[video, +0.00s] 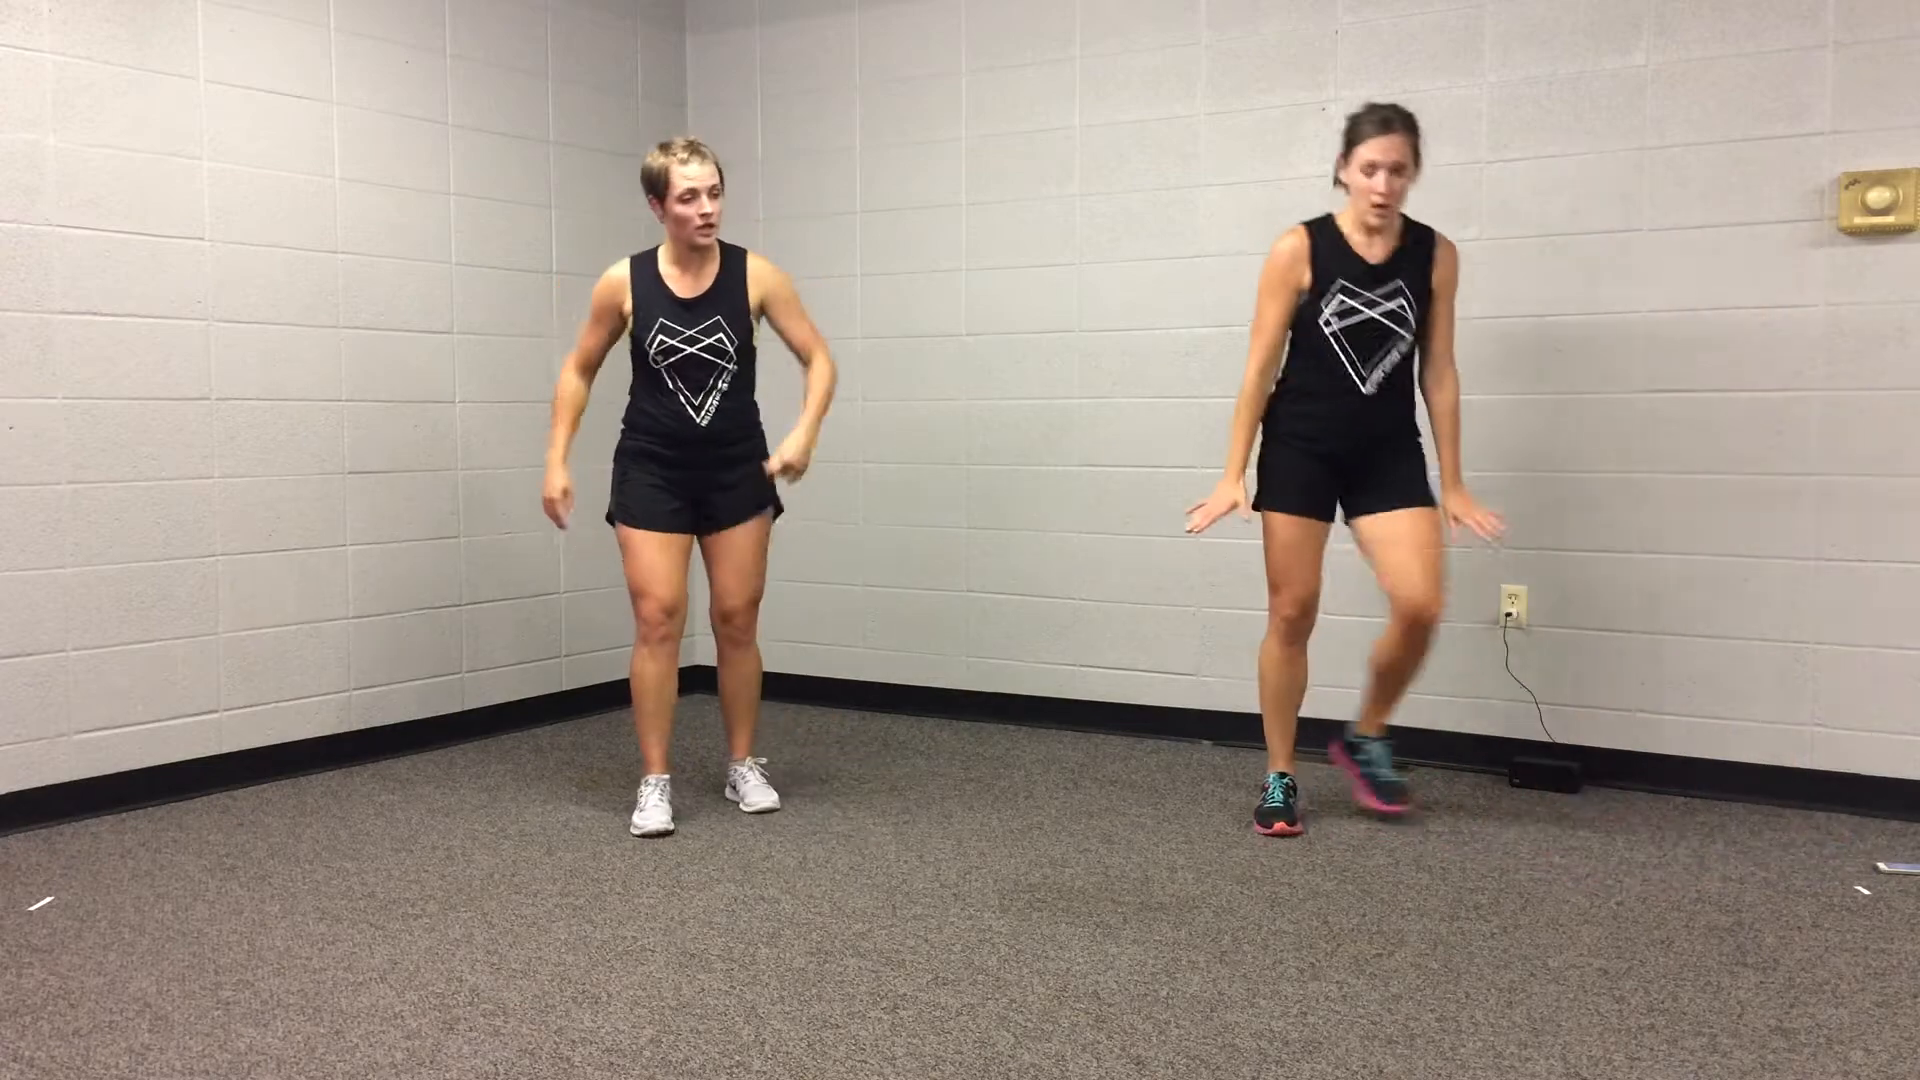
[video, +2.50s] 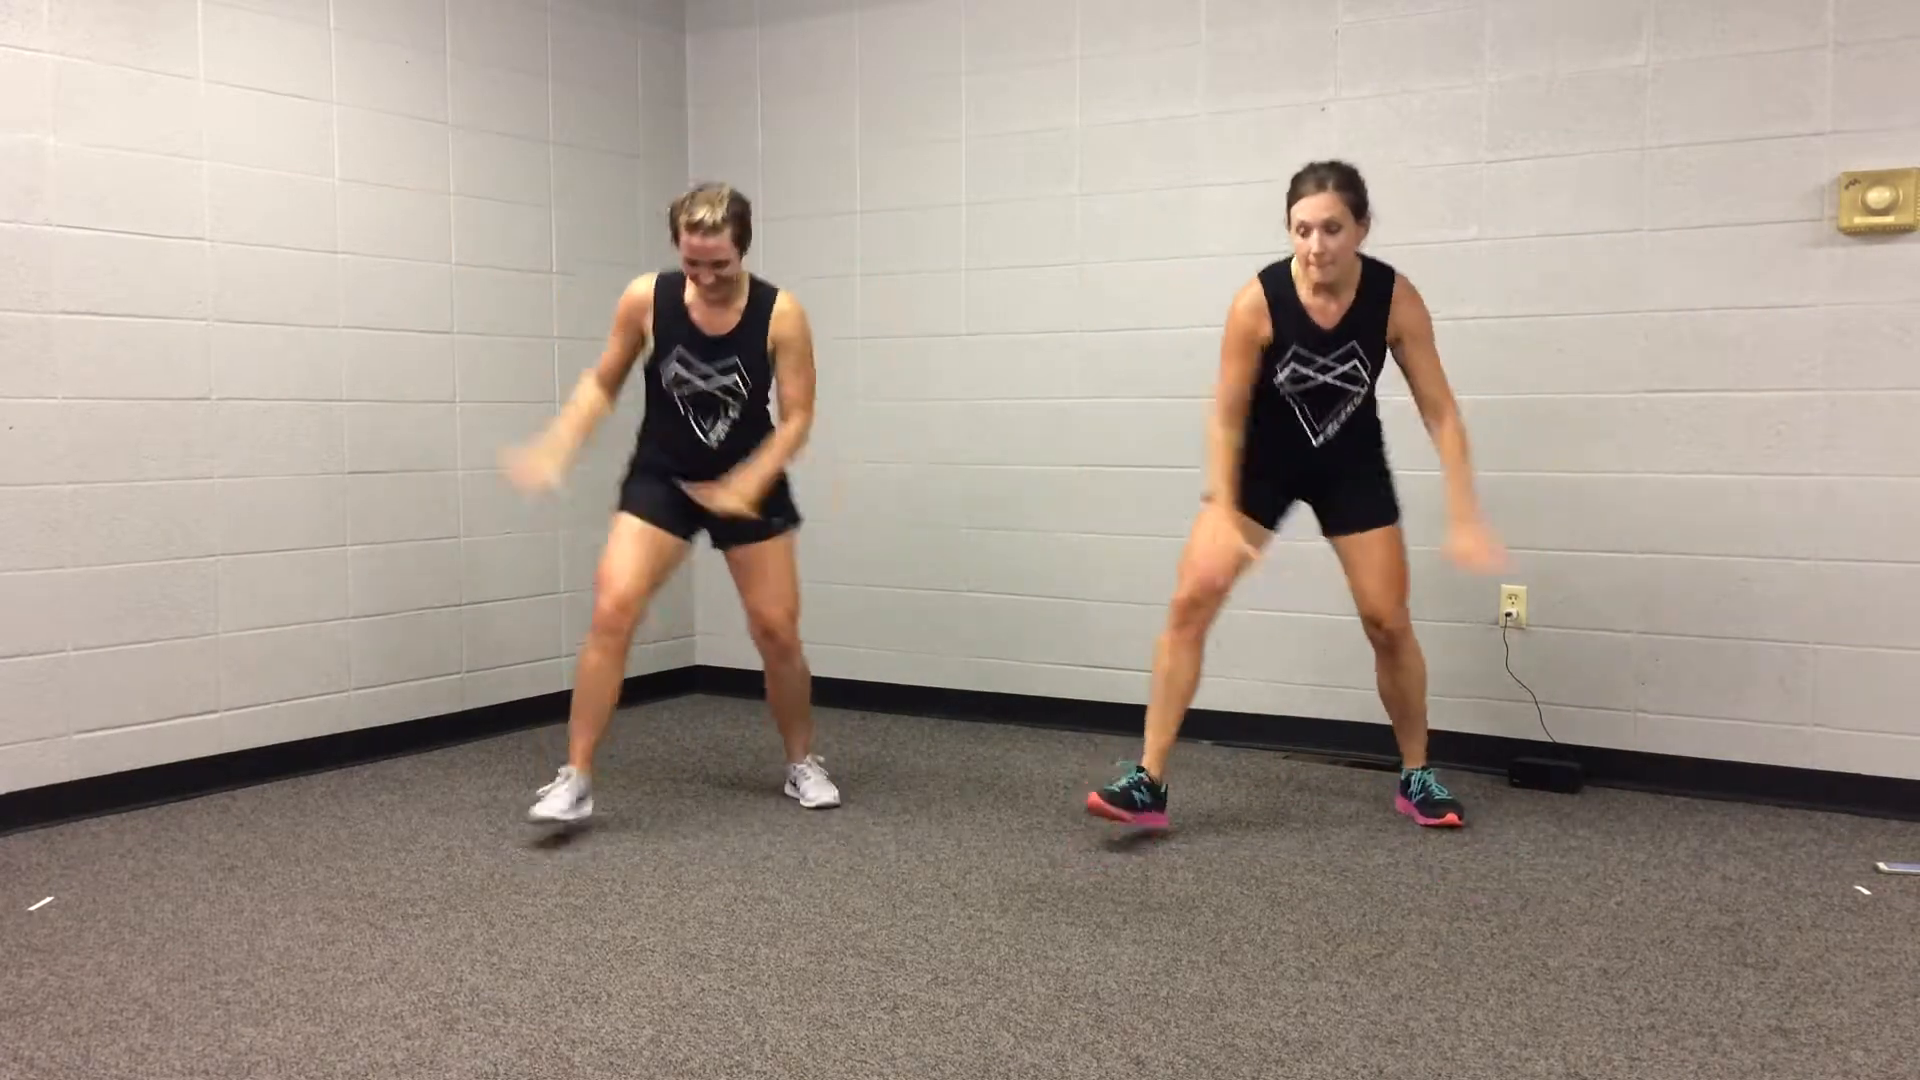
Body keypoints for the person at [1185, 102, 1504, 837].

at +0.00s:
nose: (1384, 185)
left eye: (1399, 171)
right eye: (1371, 169)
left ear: (1416, 177)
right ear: (1344, 171)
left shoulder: (1435, 258)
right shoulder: (1299, 251)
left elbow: (1439, 374)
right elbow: (1261, 369)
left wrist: (1453, 483)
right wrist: (1233, 473)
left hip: (1387, 452)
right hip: (1299, 451)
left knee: (1421, 606)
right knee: (1291, 613)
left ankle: (1365, 734)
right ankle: (1279, 774)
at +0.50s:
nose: (1316, 168)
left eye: (1330, 155)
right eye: (1303, 156)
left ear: (1351, 163)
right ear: (1282, 165)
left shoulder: (1384, 238)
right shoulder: (1253, 245)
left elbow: (1417, 341)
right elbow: (1166, 326)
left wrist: (1388, 320)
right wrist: (1088, 348)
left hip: (1341, 443)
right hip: (1256, 433)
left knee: (1325, 608)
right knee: (1227, 588)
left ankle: (1313, 764)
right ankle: (1210, 759)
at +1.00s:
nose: (1278, 179)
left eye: (1293, 167)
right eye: (1265, 166)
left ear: (1310, 177)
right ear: (1241, 173)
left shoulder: (1339, 258)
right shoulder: (1211, 262)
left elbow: (1388, 361)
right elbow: (1190, 373)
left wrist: (1449, 410)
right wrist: (1258, 441)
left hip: (1318, 459)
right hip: (1226, 460)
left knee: (1393, 602)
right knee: (1209, 628)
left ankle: (1385, 788)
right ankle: (1193, 782)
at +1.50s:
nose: (1300, 173)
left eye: (1316, 158)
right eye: (1286, 161)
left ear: (1348, 164)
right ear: (1274, 173)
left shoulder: (1402, 237)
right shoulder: (1261, 269)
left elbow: (1465, 336)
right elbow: (1219, 377)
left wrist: (1451, 371)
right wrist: (1187, 433)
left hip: (1366, 466)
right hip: (1263, 457)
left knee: (1414, 644)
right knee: (1149, 595)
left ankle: (1462, 838)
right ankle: (1137, 762)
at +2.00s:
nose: (1255, 223)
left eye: (1271, 207)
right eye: (1241, 206)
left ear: (1299, 205)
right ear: (1223, 204)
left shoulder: (1326, 271)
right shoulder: (1195, 288)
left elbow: (1360, 378)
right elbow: (1153, 413)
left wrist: (1384, 470)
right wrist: (1211, 512)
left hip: (1297, 461)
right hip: (1207, 467)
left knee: (1387, 605)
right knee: (1162, 627)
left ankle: (1419, 784)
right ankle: (1125, 803)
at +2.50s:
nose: (1315, 246)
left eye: (1331, 229)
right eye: (1302, 231)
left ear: (1362, 230)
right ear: (1288, 232)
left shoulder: (1395, 301)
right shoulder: (1257, 307)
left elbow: (1441, 412)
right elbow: (1226, 418)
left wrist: (1465, 515)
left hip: (1351, 461)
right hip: (1264, 461)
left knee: (1387, 621)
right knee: (1189, 602)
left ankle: (1416, 773)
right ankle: (1148, 776)